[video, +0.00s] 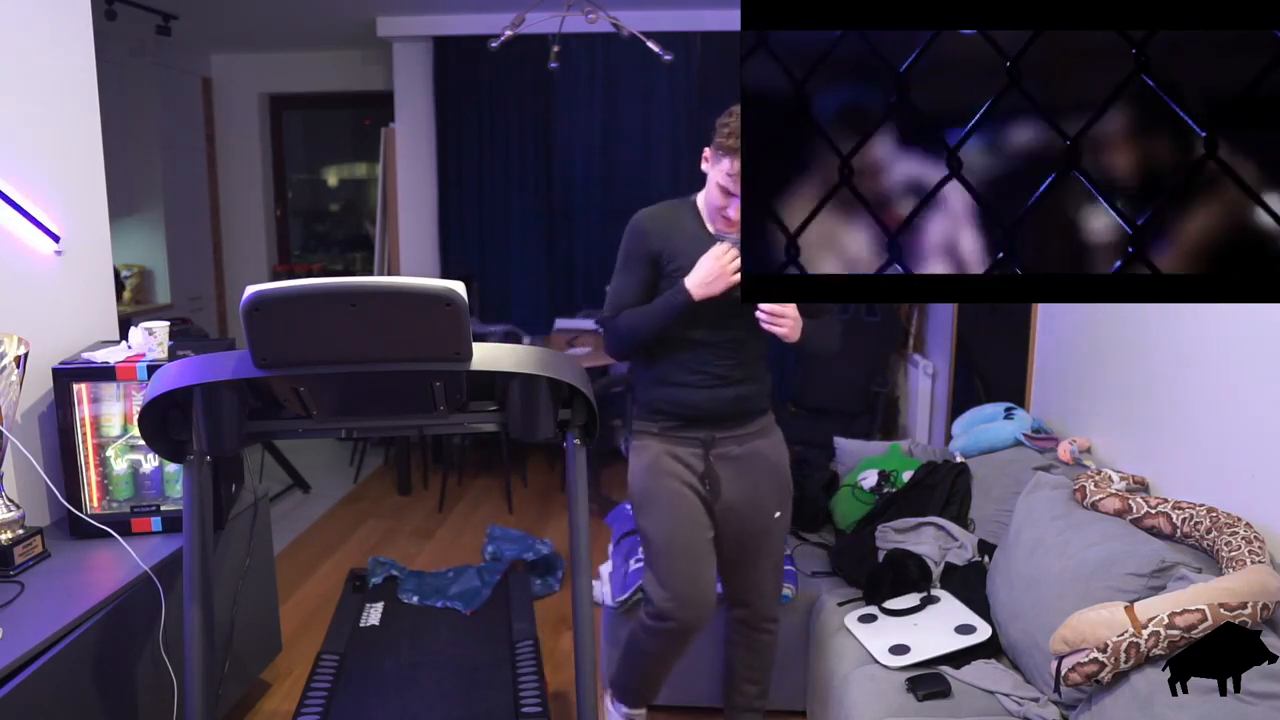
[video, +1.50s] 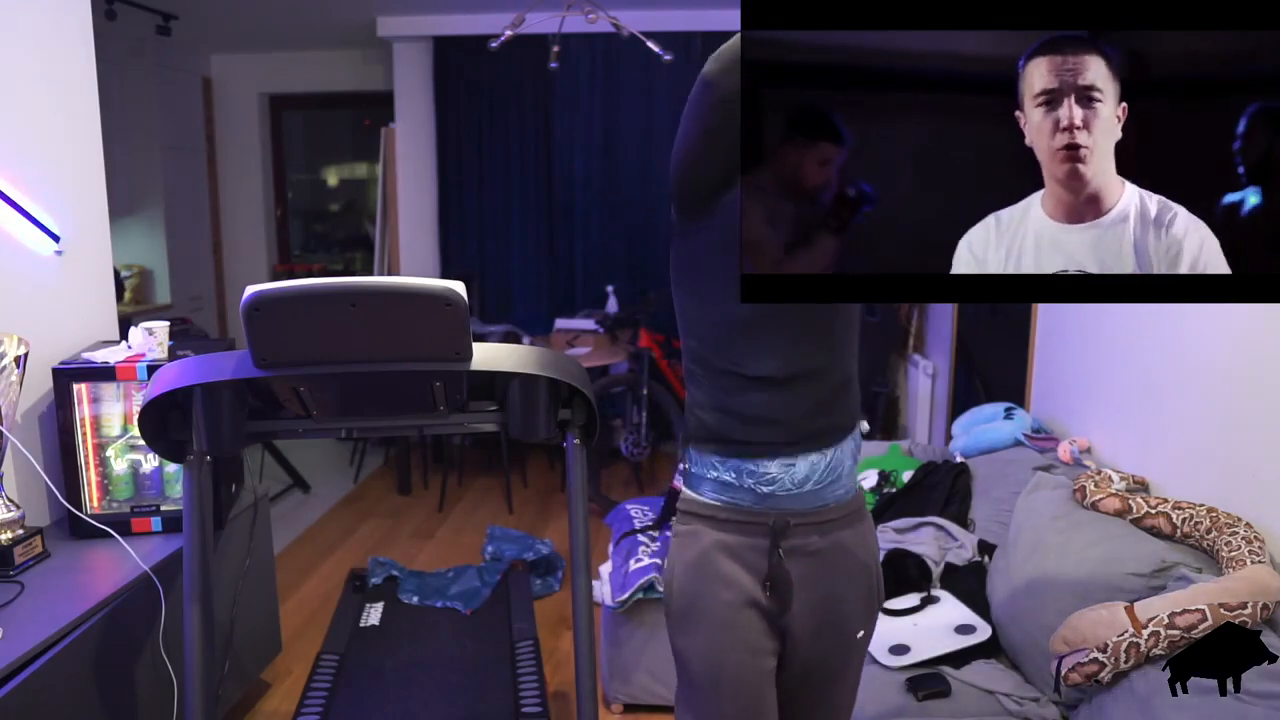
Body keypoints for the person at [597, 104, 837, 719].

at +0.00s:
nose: (735, 208)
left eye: (748, 196)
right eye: (727, 191)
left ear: (764, 180)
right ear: (706, 163)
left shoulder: (773, 235)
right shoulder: (652, 230)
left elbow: (823, 331)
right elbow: (616, 334)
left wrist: (800, 329)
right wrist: (689, 290)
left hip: (753, 443)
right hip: (665, 445)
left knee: (757, 610)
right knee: (685, 605)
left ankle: (747, 715)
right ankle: (625, 702)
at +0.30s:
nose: (748, 198)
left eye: (760, 184)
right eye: (742, 183)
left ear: (780, 176)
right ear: (720, 168)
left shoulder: (799, 228)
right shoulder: (672, 233)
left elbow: (851, 339)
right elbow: (644, 351)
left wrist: (800, 251)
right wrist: (723, 307)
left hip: (776, 458)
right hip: (684, 462)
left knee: (767, 629)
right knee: (703, 635)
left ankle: (751, 715)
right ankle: (705, 719)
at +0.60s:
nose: (748, 185)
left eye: (756, 173)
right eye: (739, 171)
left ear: (773, 179)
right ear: (708, 176)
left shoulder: (789, 225)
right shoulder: (664, 230)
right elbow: (663, 329)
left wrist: (787, 196)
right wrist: (727, 227)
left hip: (788, 476)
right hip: (691, 480)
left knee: (782, 668)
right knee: (700, 670)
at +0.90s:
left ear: (804, 137)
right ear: (740, 134)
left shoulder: (806, 207)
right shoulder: (681, 207)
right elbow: (621, 225)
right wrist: (724, 125)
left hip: (800, 493)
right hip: (693, 500)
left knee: (798, 703)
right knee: (697, 699)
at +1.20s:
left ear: (829, 140)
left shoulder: (845, 213)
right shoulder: (697, 206)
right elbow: (657, 93)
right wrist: (762, 123)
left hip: (818, 518)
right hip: (699, 522)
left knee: (808, 709)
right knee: (716, 709)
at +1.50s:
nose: (833, 179)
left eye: (839, 166)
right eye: (817, 162)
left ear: (846, 169)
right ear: (771, 155)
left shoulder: (843, 230)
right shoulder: (703, 215)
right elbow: (727, 68)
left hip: (836, 533)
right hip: (717, 534)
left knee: (820, 714)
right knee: (733, 712)